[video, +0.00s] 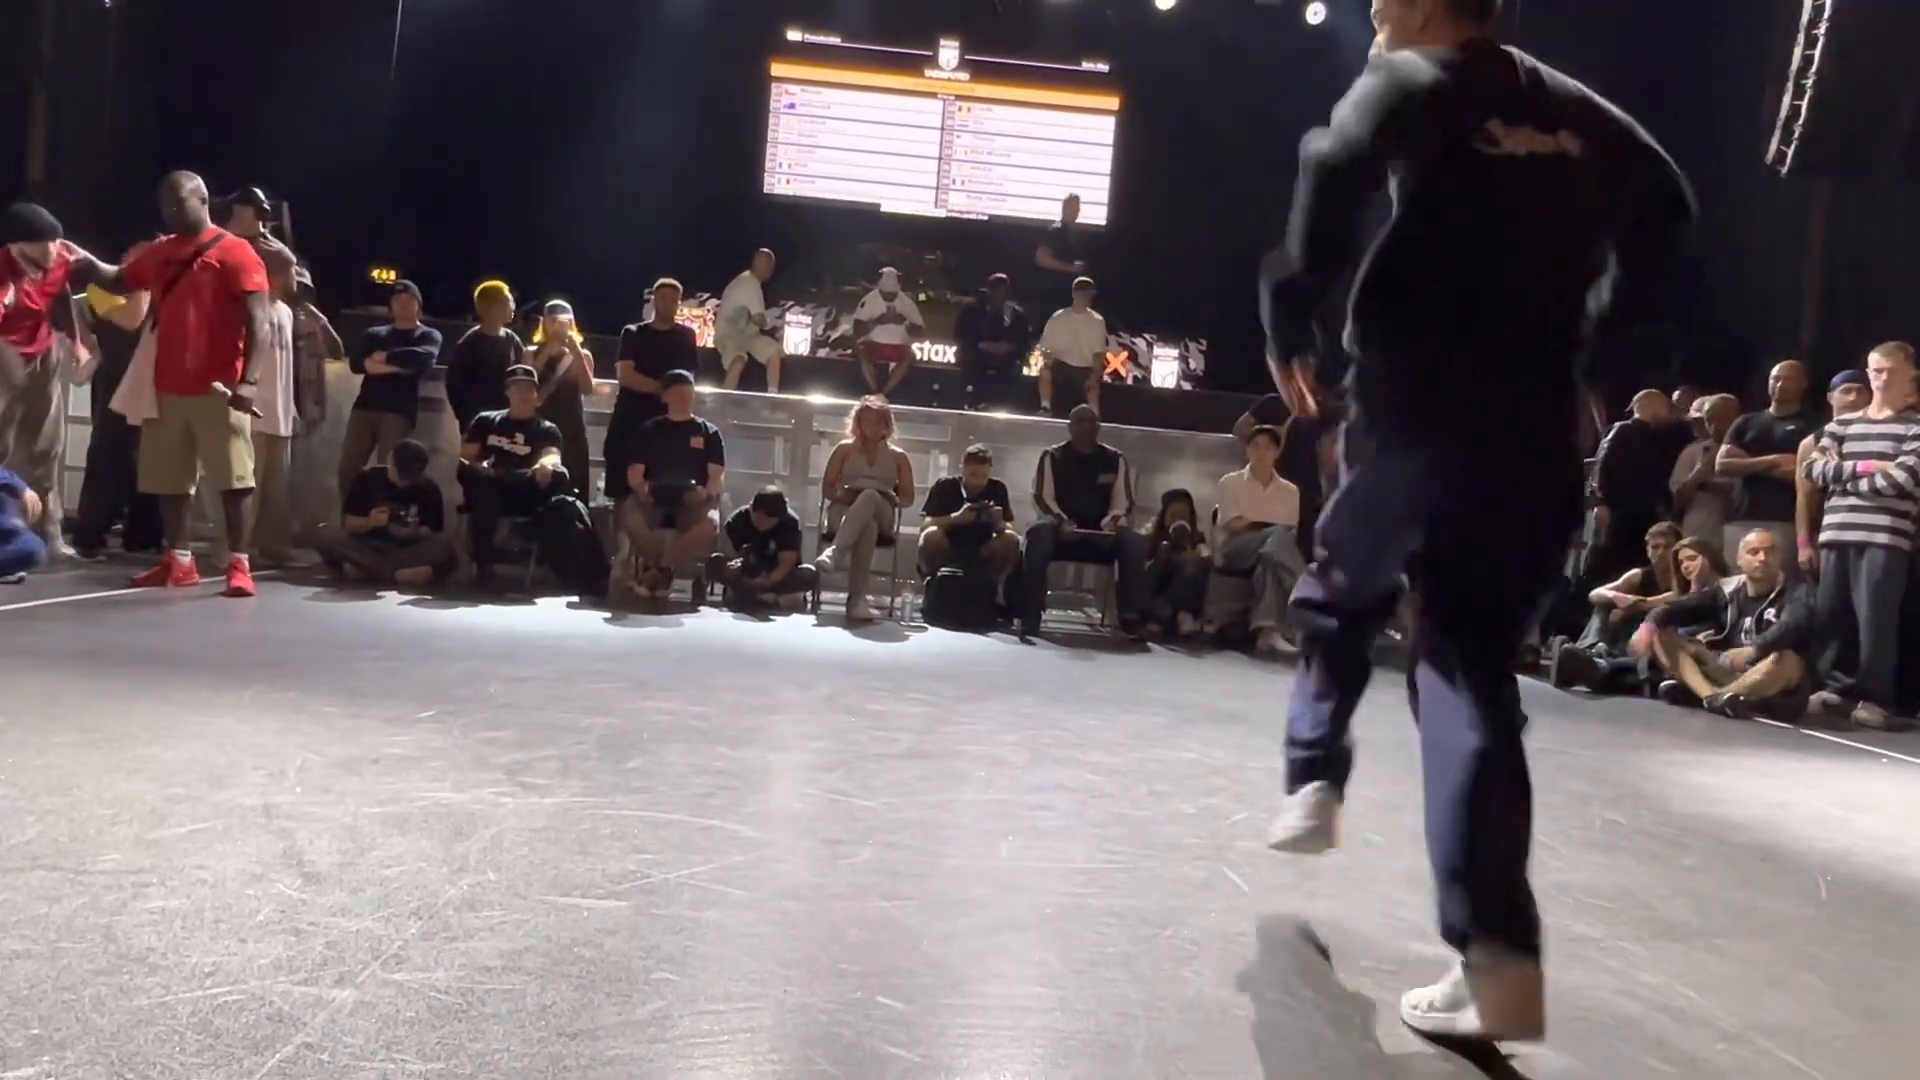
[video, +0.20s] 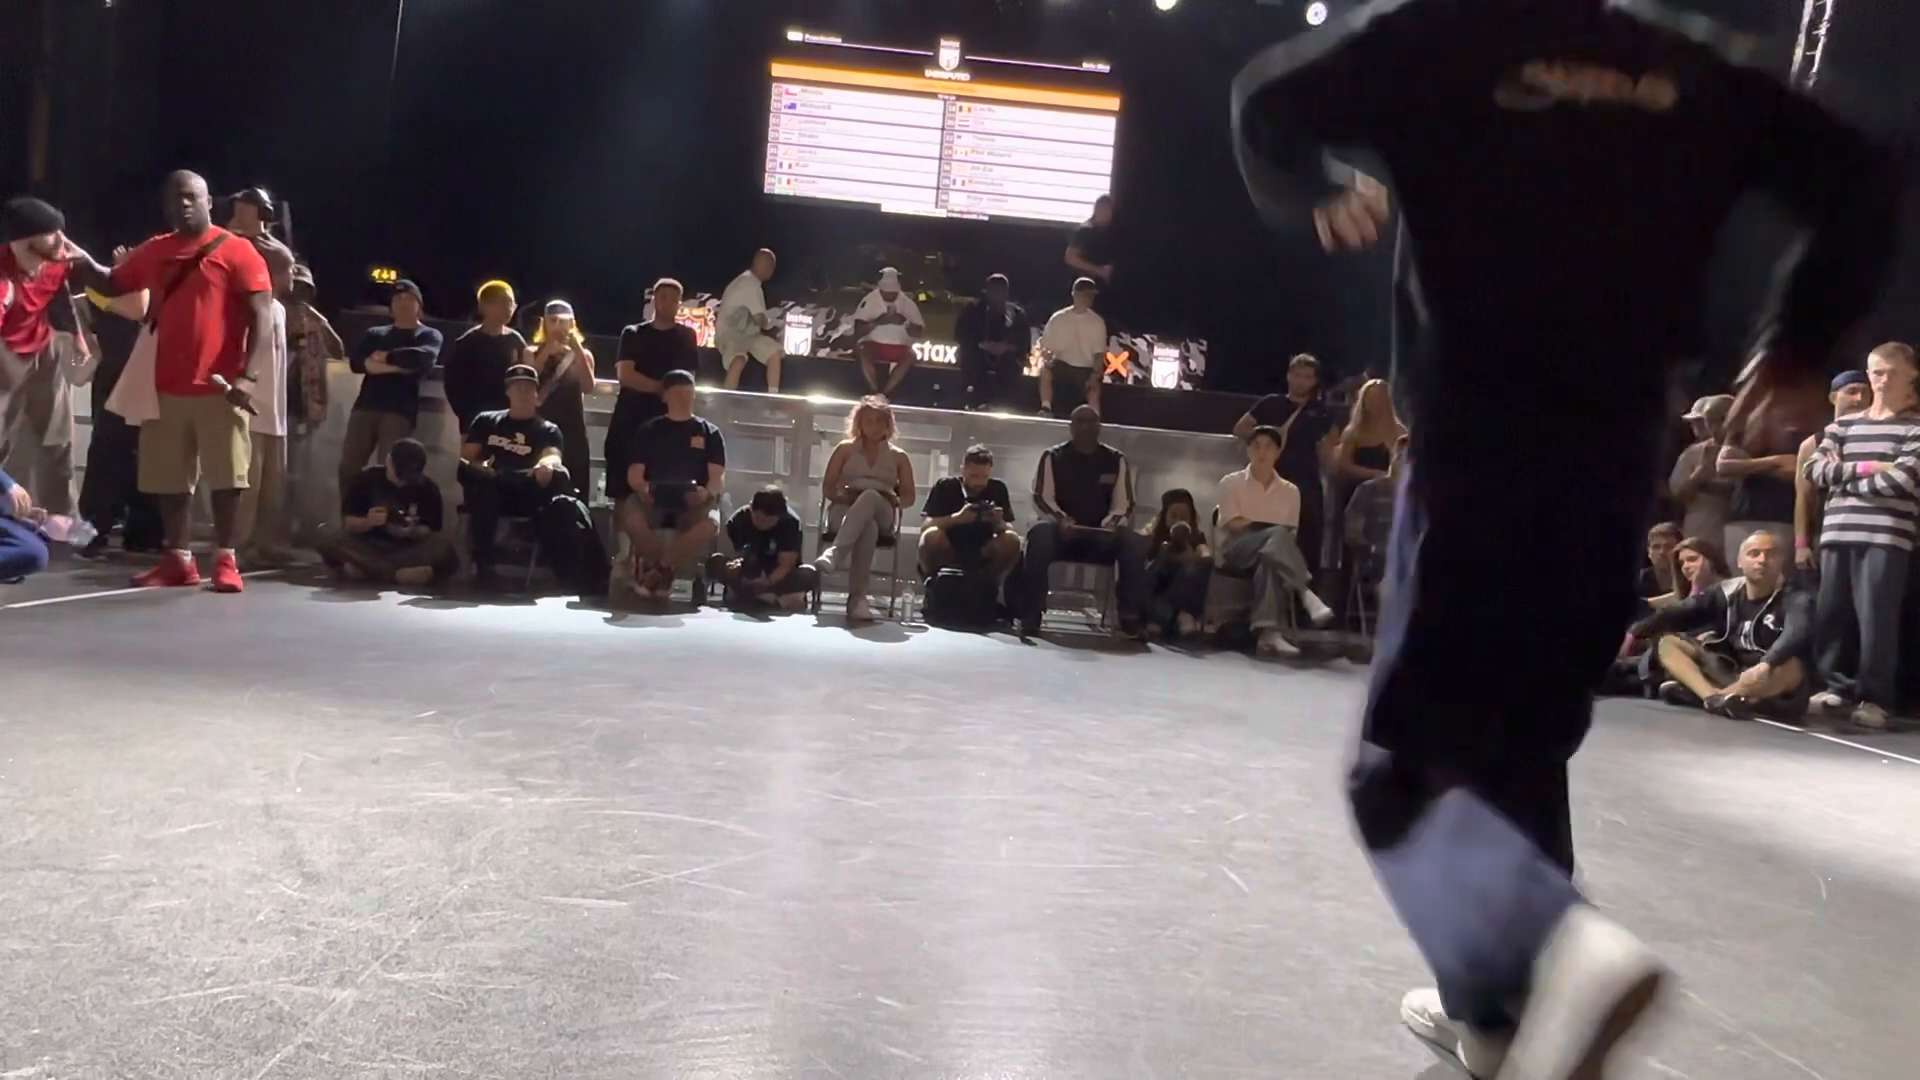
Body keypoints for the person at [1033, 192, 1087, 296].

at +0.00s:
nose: (1076, 212)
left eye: (1077, 208)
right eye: (1072, 208)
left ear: (1078, 210)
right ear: (1065, 208)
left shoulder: (1072, 232)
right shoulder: (1055, 231)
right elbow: (1041, 257)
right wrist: (1072, 267)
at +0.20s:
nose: (1104, 214)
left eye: (1107, 211)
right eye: (1101, 209)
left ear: (1112, 212)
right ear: (1096, 209)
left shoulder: (1114, 233)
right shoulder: (1085, 231)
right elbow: (1071, 257)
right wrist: (1099, 270)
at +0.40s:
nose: (1125, 215)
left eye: (1129, 211)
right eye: (1122, 210)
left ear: (1135, 213)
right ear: (1115, 210)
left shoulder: (1137, 236)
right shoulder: (1105, 233)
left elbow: (1143, 261)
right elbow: (1090, 257)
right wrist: (1119, 270)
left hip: (1132, 294)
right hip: (1108, 294)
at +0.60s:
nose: (1152, 220)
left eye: (1154, 216)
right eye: (1149, 215)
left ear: (1156, 219)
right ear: (1140, 215)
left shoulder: (1155, 243)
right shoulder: (1123, 237)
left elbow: (1158, 273)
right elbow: (1109, 263)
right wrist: (1136, 274)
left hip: (1146, 304)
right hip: (1122, 303)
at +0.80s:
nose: (1167, 219)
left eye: (1171, 215)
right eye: (1164, 213)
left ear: (1175, 217)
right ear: (1156, 214)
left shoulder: (1174, 242)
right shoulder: (1145, 237)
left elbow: (1180, 265)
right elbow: (1126, 263)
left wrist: (1175, 276)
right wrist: (1149, 273)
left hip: (1165, 295)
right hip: (1145, 293)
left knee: (1158, 342)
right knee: (1145, 338)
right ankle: (1129, 370)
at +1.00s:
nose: (1175, 219)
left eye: (1179, 215)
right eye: (1172, 215)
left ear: (1185, 218)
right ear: (1166, 216)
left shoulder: (1190, 242)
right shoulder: (1156, 239)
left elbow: (1198, 272)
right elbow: (1140, 267)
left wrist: (1184, 279)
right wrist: (1157, 276)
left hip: (1182, 297)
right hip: (1161, 297)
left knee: (1173, 340)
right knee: (1167, 339)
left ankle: (1158, 379)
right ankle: (1171, 380)